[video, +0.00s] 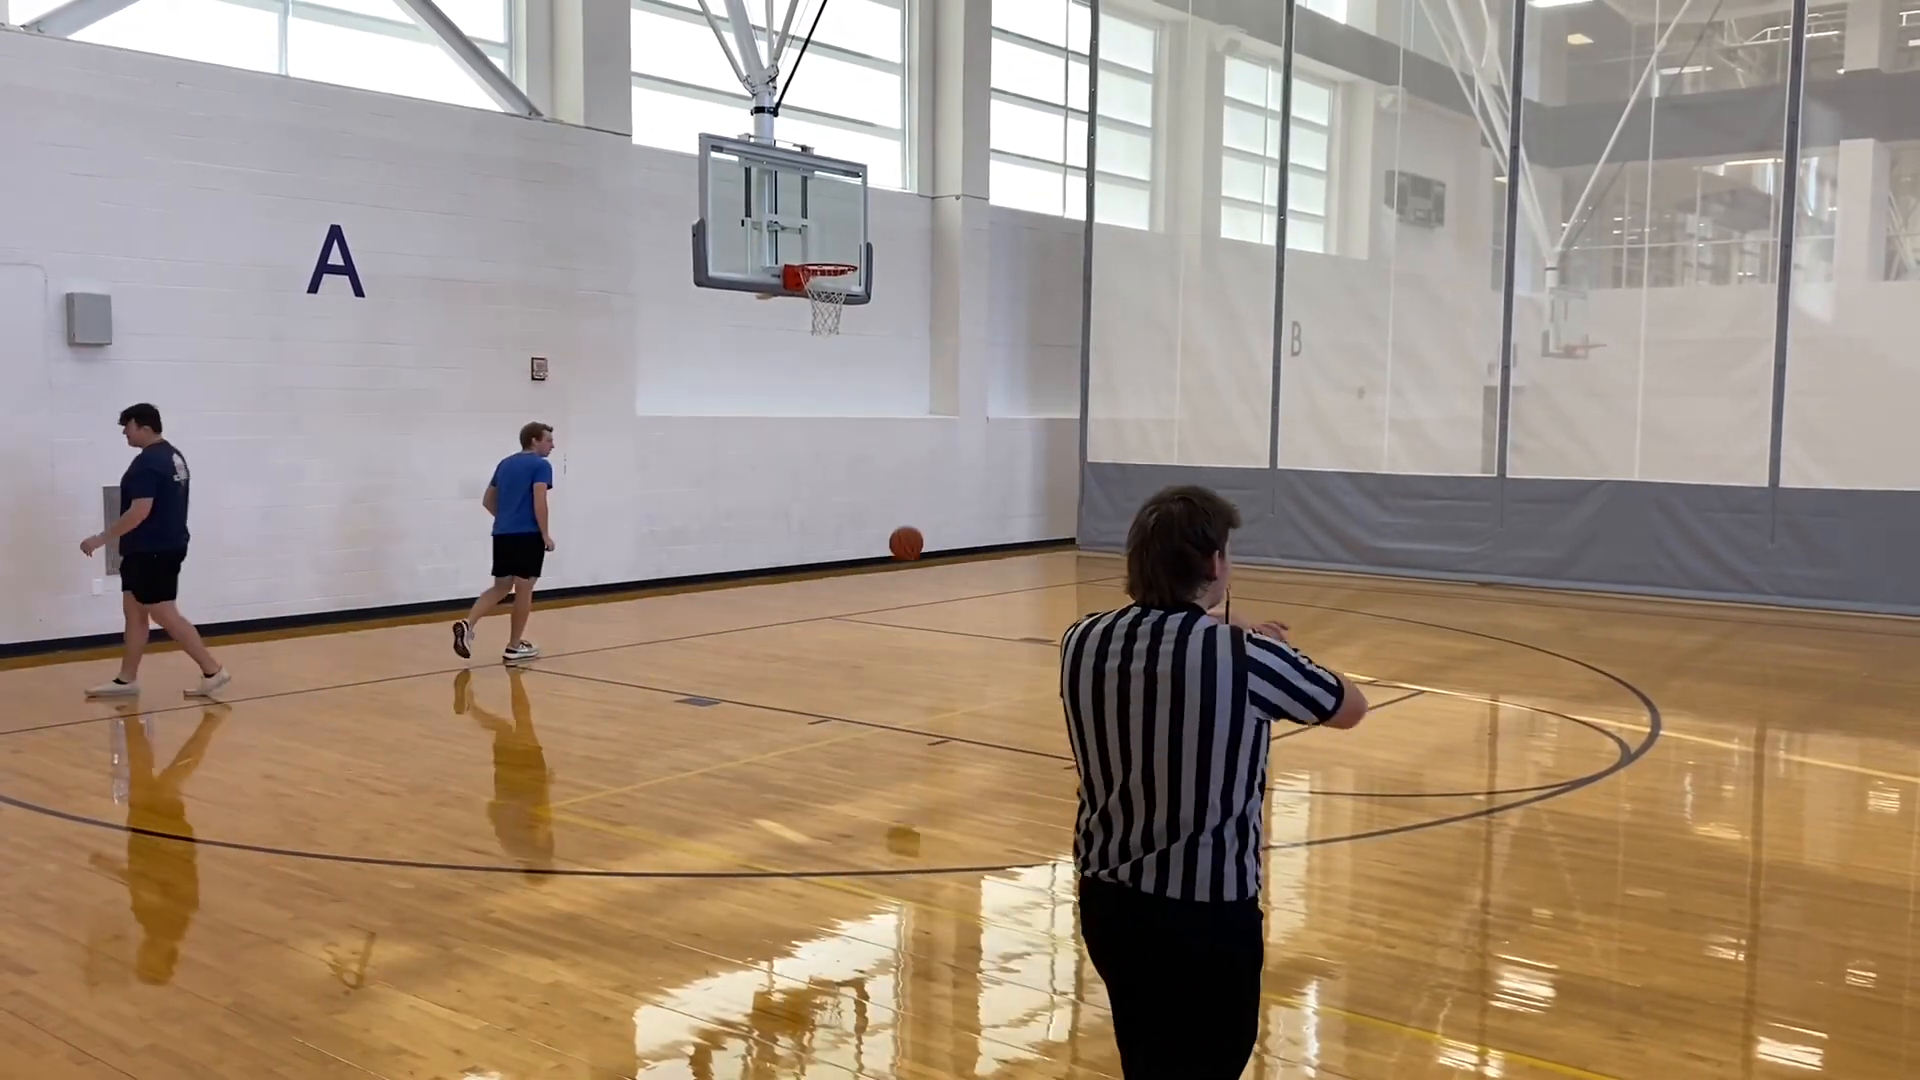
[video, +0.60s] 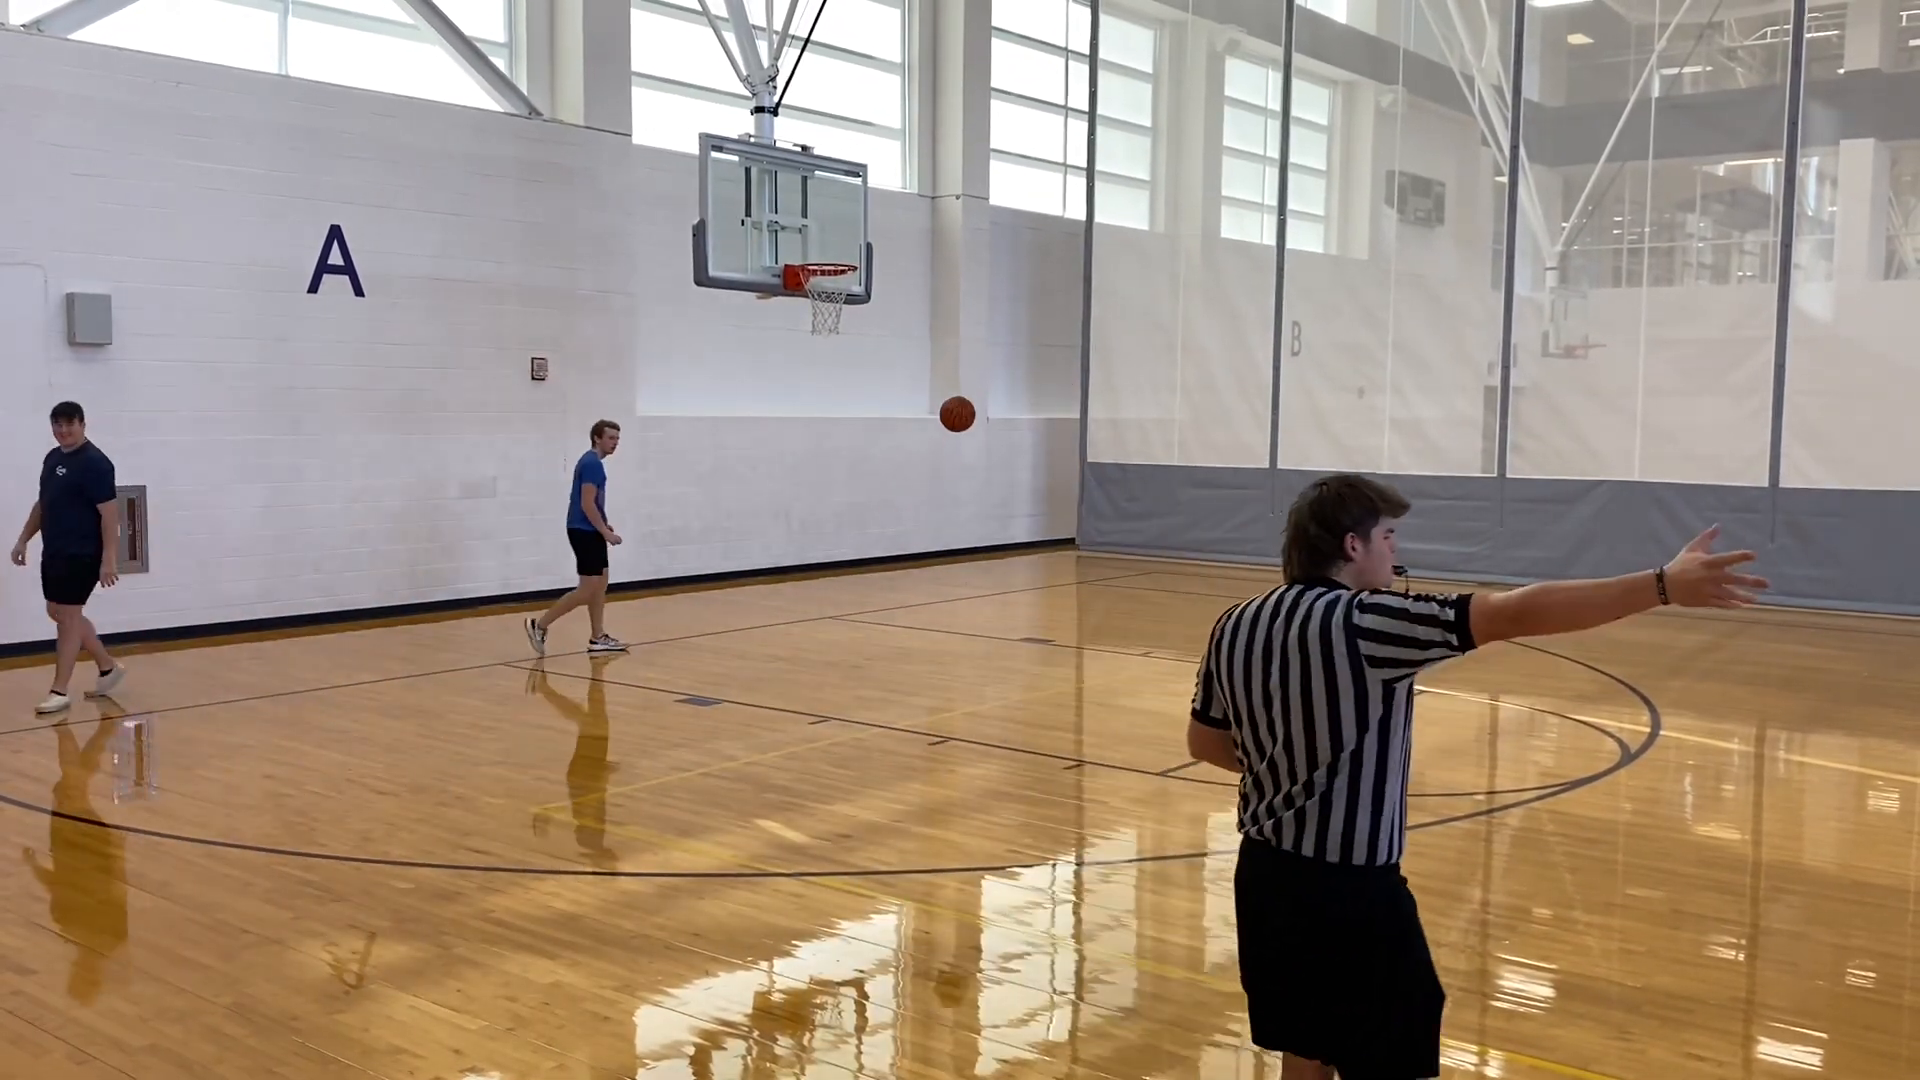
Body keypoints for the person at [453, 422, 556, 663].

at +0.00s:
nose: (552, 445)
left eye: (552, 440)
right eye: (549, 441)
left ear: (530, 443)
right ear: (535, 441)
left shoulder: (505, 463)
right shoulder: (541, 464)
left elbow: (488, 501)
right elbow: (540, 501)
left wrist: (507, 519)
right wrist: (545, 534)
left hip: (502, 536)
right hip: (528, 536)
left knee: (501, 587)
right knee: (524, 591)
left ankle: (468, 624)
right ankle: (515, 645)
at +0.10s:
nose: (560, 441)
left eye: (559, 437)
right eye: (556, 437)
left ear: (537, 439)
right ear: (541, 438)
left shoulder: (515, 460)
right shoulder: (547, 462)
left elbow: (500, 497)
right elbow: (547, 497)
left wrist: (520, 512)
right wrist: (552, 528)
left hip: (511, 531)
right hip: (534, 533)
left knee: (520, 584)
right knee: (526, 589)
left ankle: (489, 626)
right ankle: (515, 644)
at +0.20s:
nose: (569, 442)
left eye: (569, 437)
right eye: (565, 437)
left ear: (547, 438)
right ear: (550, 437)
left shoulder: (527, 460)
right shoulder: (552, 462)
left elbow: (514, 497)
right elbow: (555, 499)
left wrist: (533, 513)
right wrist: (560, 530)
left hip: (523, 530)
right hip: (540, 532)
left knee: (534, 585)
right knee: (532, 588)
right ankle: (516, 644)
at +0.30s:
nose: (580, 443)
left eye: (580, 439)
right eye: (576, 439)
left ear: (559, 440)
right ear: (561, 439)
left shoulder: (540, 461)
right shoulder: (560, 465)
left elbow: (528, 496)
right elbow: (563, 502)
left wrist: (544, 518)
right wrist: (568, 532)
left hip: (533, 532)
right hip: (548, 534)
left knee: (553, 584)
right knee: (535, 590)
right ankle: (515, 643)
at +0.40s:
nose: (591, 447)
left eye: (592, 443)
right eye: (588, 442)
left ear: (571, 443)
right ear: (573, 442)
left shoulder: (553, 463)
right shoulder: (570, 467)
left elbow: (541, 498)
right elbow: (569, 507)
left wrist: (572, 521)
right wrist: (578, 533)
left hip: (549, 533)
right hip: (559, 535)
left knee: (575, 582)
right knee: (541, 592)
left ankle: (592, 635)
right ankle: (516, 641)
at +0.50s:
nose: (604, 447)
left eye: (605, 442)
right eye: (601, 442)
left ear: (586, 444)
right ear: (585, 442)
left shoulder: (569, 463)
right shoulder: (582, 467)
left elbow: (556, 498)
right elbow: (577, 509)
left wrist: (587, 524)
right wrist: (593, 536)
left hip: (566, 533)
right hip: (573, 535)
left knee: (591, 582)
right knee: (556, 591)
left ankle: (598, 637)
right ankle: (521, 637)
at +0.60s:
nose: (615, 443)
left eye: (617, 439)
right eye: (611, 438)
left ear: (607, 441)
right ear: (597, 439)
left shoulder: (594, 462)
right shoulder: (591, 463)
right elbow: (587, 504)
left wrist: (605, 525)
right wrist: (605, 531)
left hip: (592, 530)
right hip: (584, 530)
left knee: (600, 581)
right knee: (588, 589)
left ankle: (598, 637)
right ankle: (539, 626)